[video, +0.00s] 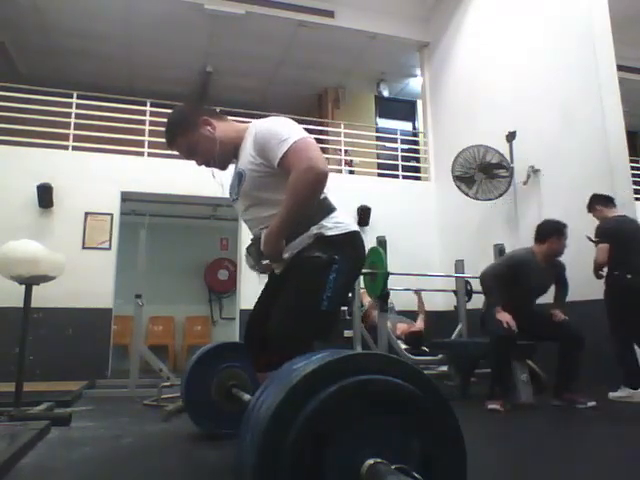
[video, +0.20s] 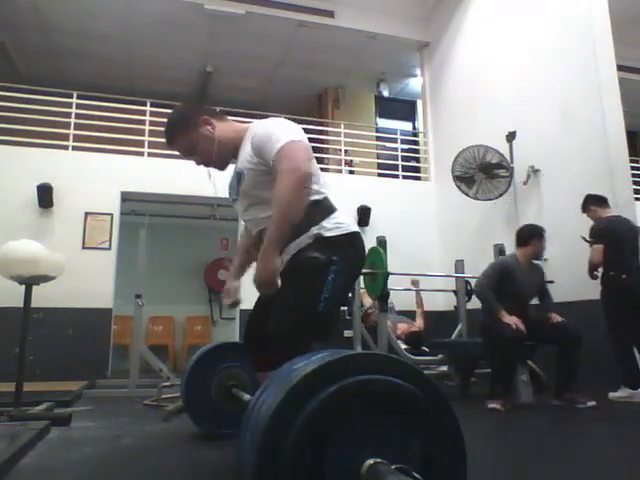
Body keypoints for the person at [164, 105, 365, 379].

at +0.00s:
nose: (198, 162)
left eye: (193, 153)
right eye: (191, 158)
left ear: (208, 127)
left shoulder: (267, 129)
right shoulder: (239, 175)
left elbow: (312, 169)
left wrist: (276, 234)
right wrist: (262, 246)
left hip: (328, 248)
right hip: (296, 260)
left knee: (289, 341)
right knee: (257, 338)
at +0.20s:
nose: (197, 162)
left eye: (193, 152)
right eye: (190, 157)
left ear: (208, 127)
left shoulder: (268, 129)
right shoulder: (240, 179)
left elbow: (296, 170)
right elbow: (254, 230)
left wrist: (270, 252)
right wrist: (235, 273)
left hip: (327, 246)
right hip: (297, 261)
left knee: (289, 339)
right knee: (257, 337)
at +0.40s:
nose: (200, 162)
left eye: (197, 151)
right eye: (193, 157)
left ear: (213, 126)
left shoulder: (272, 133)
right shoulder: (236, 175)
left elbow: (257, 174)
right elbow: (212, 219)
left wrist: (220, 216)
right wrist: (179, 262)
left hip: (330, 247)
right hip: (292, 263)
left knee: (290, 339)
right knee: (258, 338)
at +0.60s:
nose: (208, 147)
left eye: (206, 140)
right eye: (201, 144)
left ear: (219, 123)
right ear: (213, 133)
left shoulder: (278, 134)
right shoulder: (238, 177)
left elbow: (210, 147)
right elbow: (188, 197)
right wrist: (131, 207)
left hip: (333, 251)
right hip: (296, 267)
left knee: (288, 346)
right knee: (257, 345)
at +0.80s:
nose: (201, 160)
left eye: (201, 148)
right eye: (196, 154)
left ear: (221, 126)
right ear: (215, 130)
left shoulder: (277, 136)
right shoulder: (236, 176)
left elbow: (199, 135)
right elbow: (183, 182)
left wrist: (111, 128)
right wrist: (122, 180)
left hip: (333, 254)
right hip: (296, 269)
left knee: (290, 348)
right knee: (256, 345)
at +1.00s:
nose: (205, 164)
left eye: (204, 151)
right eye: (200, 158)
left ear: (220, 133)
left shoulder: (275, 137)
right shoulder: (234, 177)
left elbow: (195, 137)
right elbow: (177, 179)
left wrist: (109, 131)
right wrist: (118, 172)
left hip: (336, 255)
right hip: (299, 269)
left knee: (289, 347)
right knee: (257, 340)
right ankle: (276, 427)